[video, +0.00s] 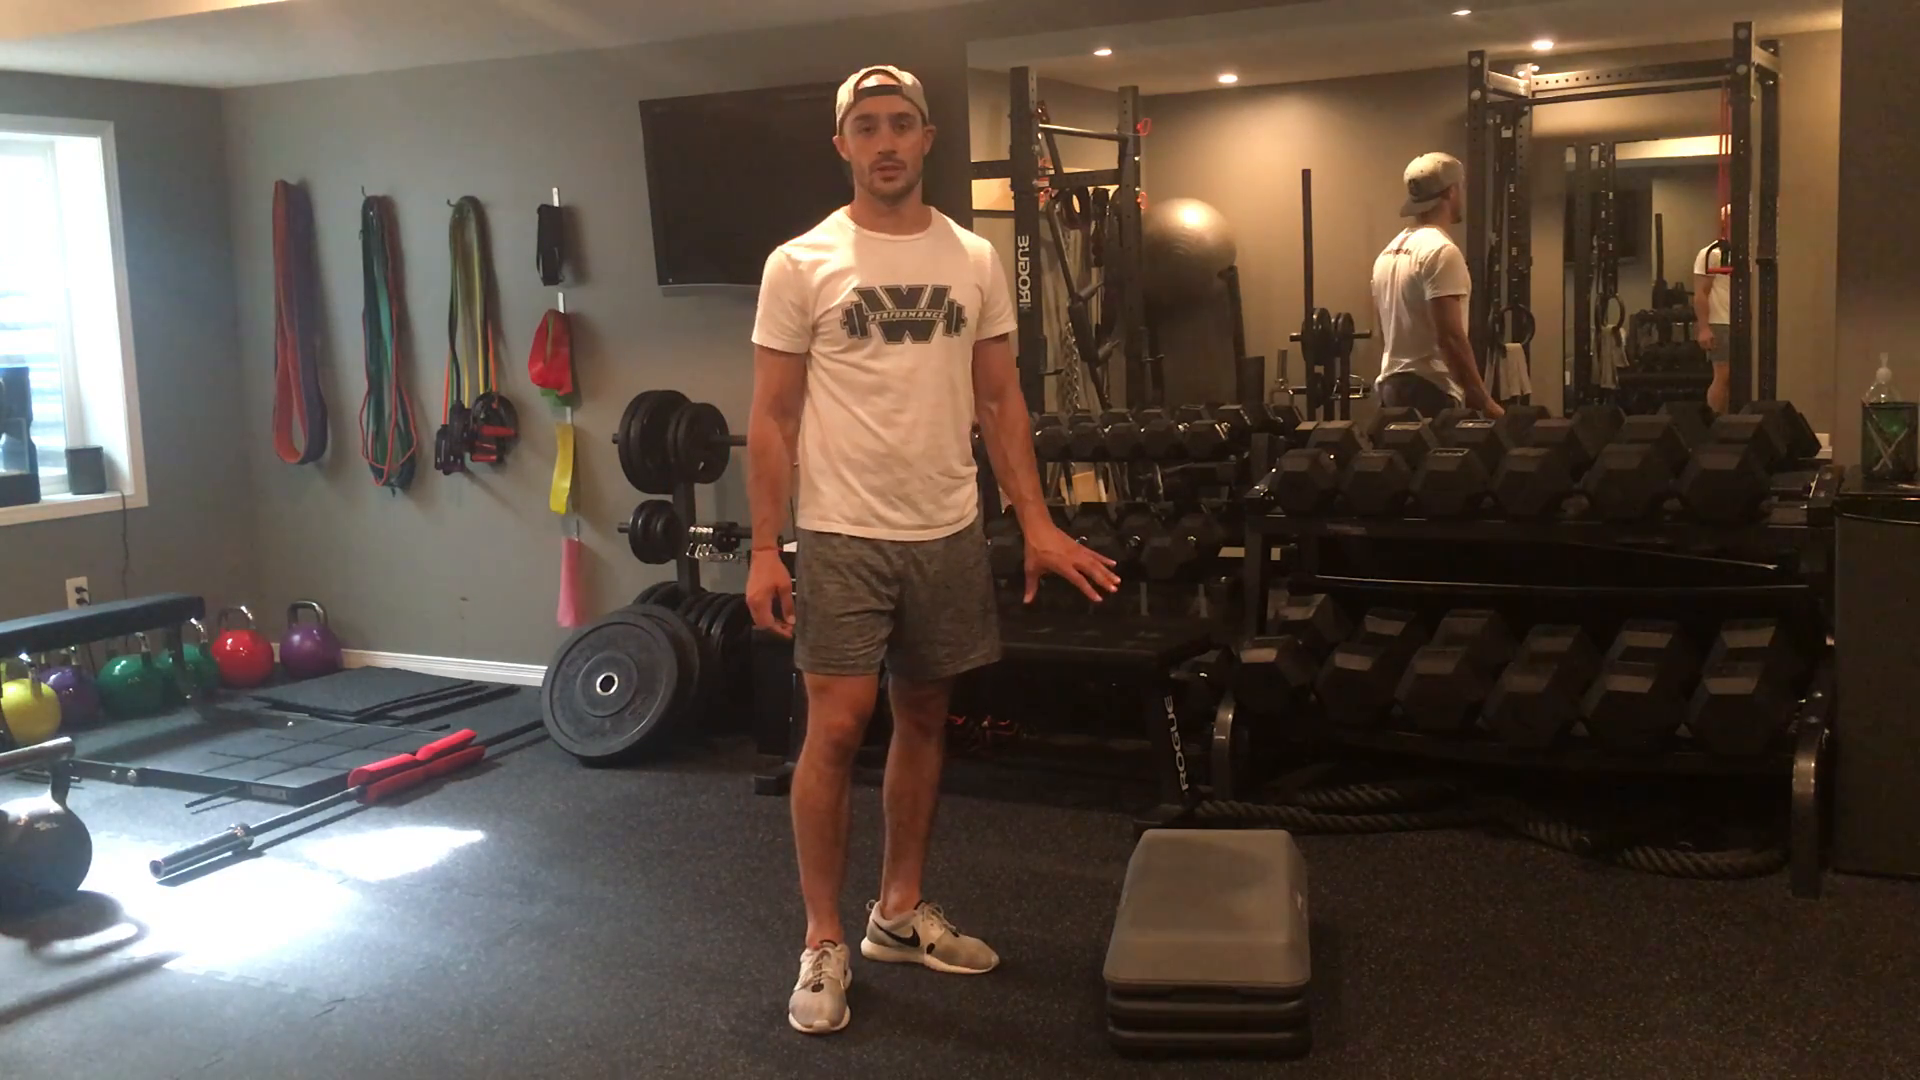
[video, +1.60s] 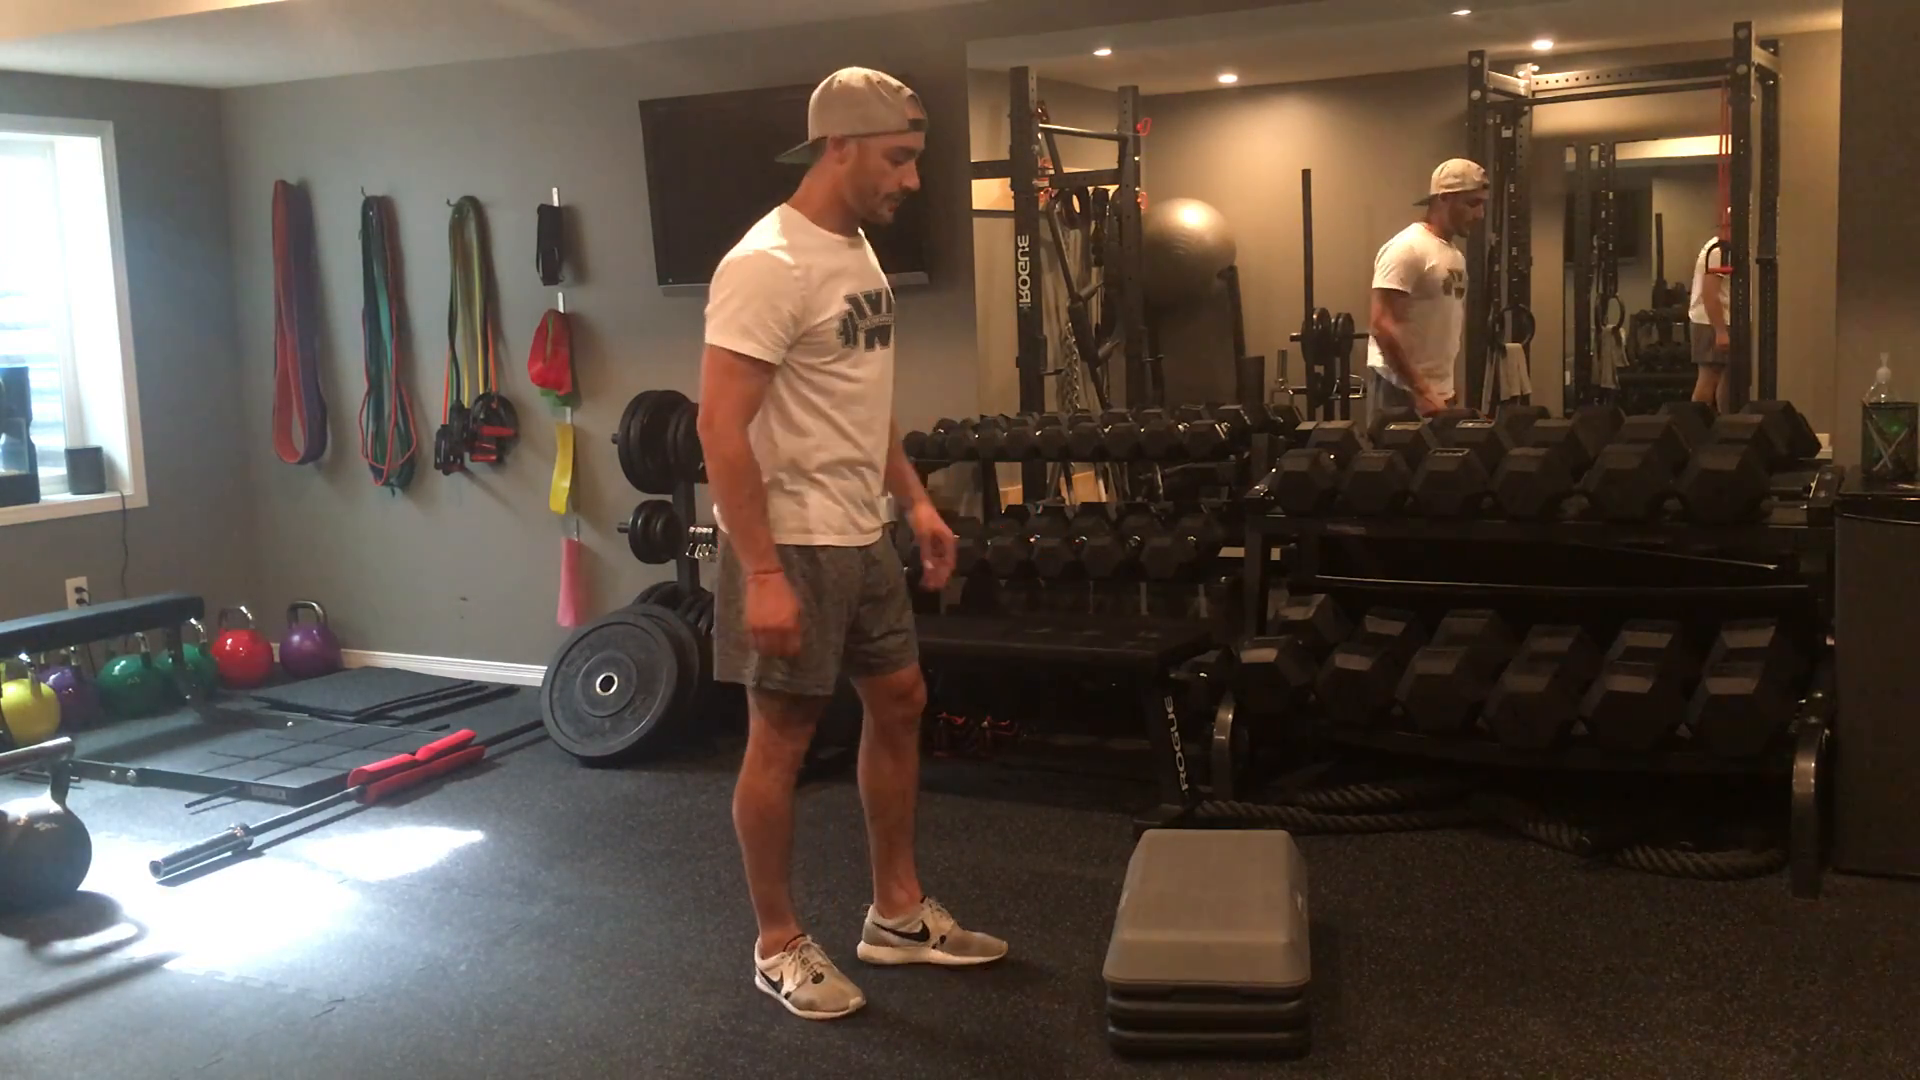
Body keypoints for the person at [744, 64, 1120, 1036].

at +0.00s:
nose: (887, 144)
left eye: (902, 127)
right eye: (868, 129)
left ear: (929, 139)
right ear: (842, 145)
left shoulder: (974, 260)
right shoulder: (801, 265)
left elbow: (1000, 400)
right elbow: (774, 416)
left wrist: (1037, 523)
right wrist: (764, 549)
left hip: (948, 534)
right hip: (840, 536)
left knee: (923, 722)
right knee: (837, 729)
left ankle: (900, 909)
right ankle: (821, 941)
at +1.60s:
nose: (911, 178)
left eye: (914, 159)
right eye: (898, 158)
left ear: (857, 156)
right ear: (840, 151)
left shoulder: (856, 254)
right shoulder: (763, 264)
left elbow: (866, 405)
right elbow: (718, 428)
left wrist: (916, 501)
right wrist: (763, 572)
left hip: (869, 540)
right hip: (789, 550)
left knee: (897, 709)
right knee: (777, 748)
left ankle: (899, 910)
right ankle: (778, 944)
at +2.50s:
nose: (1153, 74)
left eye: (1149, 56)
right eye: (1136, 55)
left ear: (1081, 74)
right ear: (1078, 71)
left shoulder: (1070, 172)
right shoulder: (1036, 174)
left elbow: (1016, 323)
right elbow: (974, 330)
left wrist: (1102, 375)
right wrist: (1097, 393)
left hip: (1040, 448)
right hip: (1024, 456)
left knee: (1124, 627)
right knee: (1161, 629)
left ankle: (993, 796)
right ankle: (1113, 853)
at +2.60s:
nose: (1170, 52)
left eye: (1168, 32)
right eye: (1154, 30)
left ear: (1102, 46)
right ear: (1093, 42)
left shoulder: (1090, 145)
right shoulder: (1053, 140)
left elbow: (1044, 297)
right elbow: (1008, 300)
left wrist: (1123, 361)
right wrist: (1130, 360)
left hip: (1061, 418)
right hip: (1027, 427)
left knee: (1164, 578)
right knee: (1143, 614)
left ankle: (1074, 795)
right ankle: (1111, 848)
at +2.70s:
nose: (1182, 34)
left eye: (1178, 16)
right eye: (1166, 14)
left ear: (1119, 26)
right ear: (1111, 23)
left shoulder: (1106, 129)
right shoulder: (1056, 119)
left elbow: (1046, 271)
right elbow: (988, 267)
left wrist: (1127, 322)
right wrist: (1116, 340)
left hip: (1054, 402)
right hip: (1024, 406)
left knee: (1135, 604)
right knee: (1138, 603)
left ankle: (1120, 815)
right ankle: (1097, 836)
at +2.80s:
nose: (1186, 58)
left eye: (1183, 38)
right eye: (1170, 36)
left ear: (1122, 48)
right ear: (1112, 45)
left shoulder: (1112, 158)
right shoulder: (1049, 146)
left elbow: (1061, 302)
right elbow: (960, 278)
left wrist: (1142, 330)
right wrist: (1089, 352)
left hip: (1062, 423)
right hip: (1022, 428)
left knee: (1129, 618)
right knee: (1159, 607)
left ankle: (1117, 823)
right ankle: (1033, 805)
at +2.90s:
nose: (1184, 61)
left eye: (1181, 42)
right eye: (1169, 39)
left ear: (1121, 53)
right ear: (1113, 50)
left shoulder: (1110, 161)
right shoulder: (1051, 146)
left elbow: (1044, 296)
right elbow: (952, 279)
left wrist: (1131, 336)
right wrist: (1068, 369)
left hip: (1063, 427)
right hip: (1004, 434)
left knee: (1136, 603)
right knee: (1095, 633)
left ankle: (1117, 821)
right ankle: (962, 832)